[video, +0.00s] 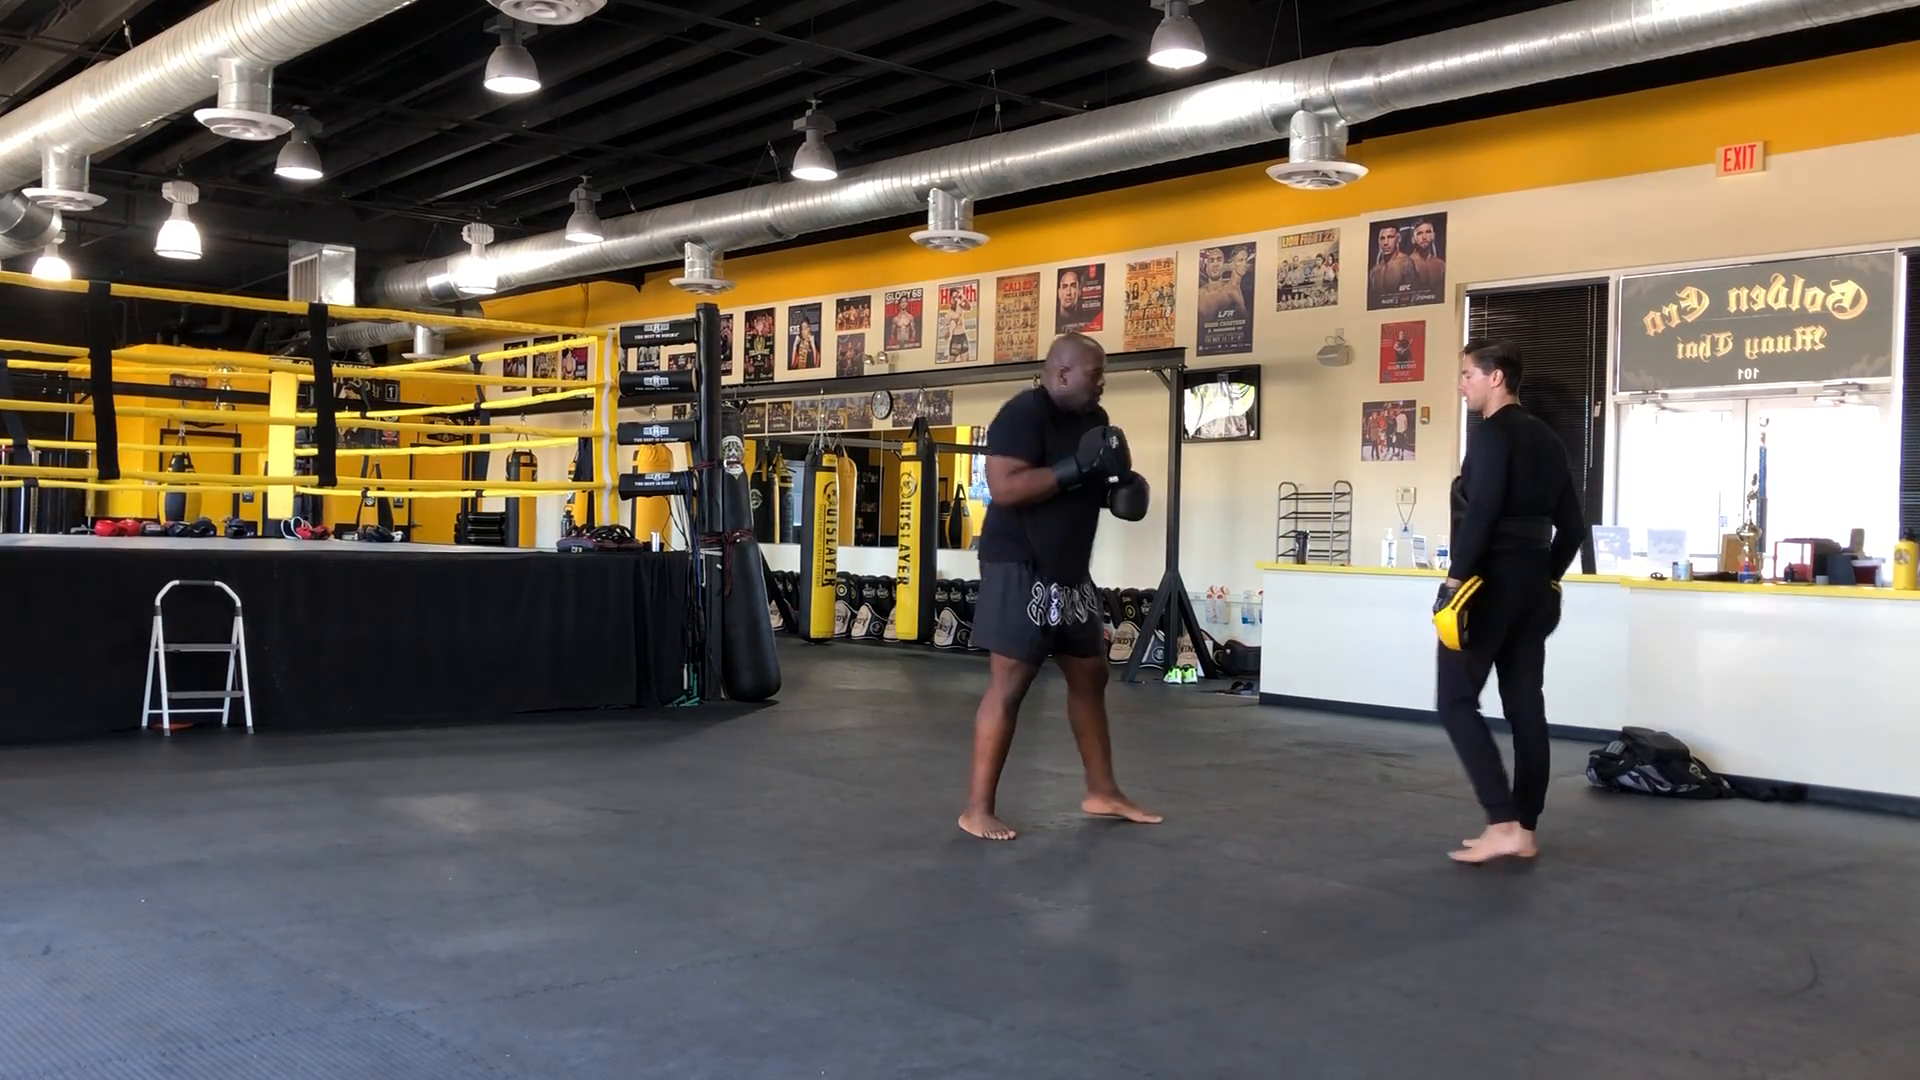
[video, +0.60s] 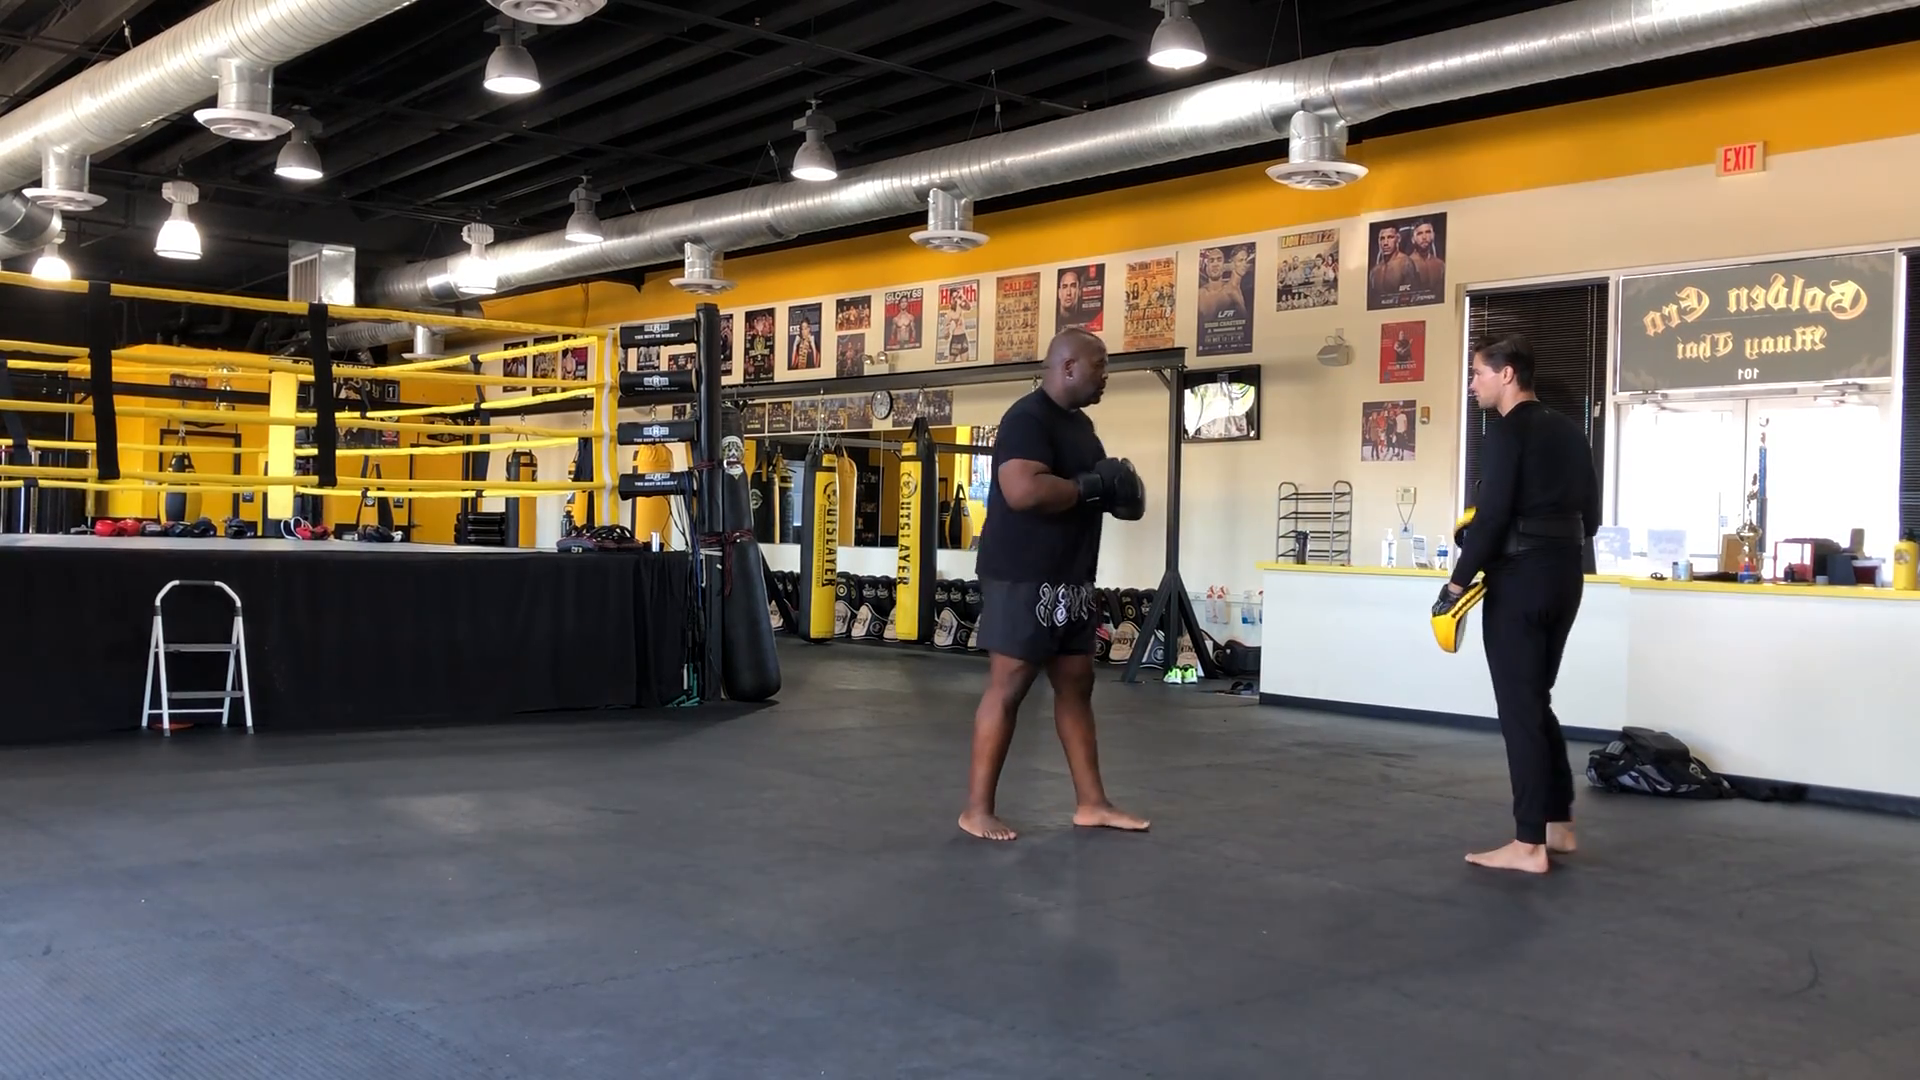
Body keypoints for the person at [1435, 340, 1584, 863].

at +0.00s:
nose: (1461, 386)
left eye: (1466, 376)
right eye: (1461, 376)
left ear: (1495, 378)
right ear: (1501, 381)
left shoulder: (1490, 431)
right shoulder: (1545, 436)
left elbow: (1481, 510)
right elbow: (1573, 526)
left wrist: (1453, 583)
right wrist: (1544, 577)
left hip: (1489, 586)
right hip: (1534, 586)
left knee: (1455, 703)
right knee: (1525, 705)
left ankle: (1503, 825)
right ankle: (1524, 831)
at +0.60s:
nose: (1473, 385)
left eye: (1477, 375)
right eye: (1473, 375)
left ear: (1508, 374)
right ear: (1515, 376)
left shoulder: (1507, 431)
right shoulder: (1568, 429)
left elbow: (1492, 517)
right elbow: (1588, 515)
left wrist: (1456, 582)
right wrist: (1520, 531)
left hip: (1519, 576)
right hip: (1565, 575)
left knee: (1519, 708)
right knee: (1535, 700)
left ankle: (1528, 844)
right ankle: (1558, 822)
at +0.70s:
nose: (1479, 385)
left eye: (1484, 375)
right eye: (1479, 375)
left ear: (1513, 374)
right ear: (1522, 377)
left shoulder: (1510, 430)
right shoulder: (1572, 431)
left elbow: (1493, 513)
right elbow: (1583, 509)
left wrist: (1462, 581)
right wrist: (1501, 501)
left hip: (1520, 576)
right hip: (1567, 575)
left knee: (1518, 710)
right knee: (1546, 703)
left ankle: (1528, 844)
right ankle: (1573, 834)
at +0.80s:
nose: (1487, 384)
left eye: (1492, 374)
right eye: (1487, 375)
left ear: (1521, 374)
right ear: (1531, 375)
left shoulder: (1512, 431)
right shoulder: (1578, 433)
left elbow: (1495, 513)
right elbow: (1580, 509)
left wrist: (1469, 580)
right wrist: (1488, 495)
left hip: (1517, 584)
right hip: (1567, 585)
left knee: (1515, 712)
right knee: (1556, 706)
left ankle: (1527, 843)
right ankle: (1573, 839)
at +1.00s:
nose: (1495, 385)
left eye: (1501, 375)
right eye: (1496, 375)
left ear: (1529, 377)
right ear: (1540, 379)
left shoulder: (1518, 430)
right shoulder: (1585, 437)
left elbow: (1499, 511)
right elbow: (1578, 513)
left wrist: (1469, 583)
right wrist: (1506, 475)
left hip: (1523, 584)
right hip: (1571, 586)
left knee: (1472, 702)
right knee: (1567, 713)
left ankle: (1515, 829)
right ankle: (1574, 840)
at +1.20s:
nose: (1491, 385)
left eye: (1496, 375)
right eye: (1492, 375)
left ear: (1524, 376)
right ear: (1536, 379)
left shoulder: (1514, 431)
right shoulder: (1578, 436)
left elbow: (1491, 511)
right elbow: (1567, 506)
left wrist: (1454, 585)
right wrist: (1496, 460)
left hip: (1509, 584)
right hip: (1560, 587)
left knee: (1454, 701)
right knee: (1566, 713)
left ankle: (1455, 832)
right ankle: (1574, 840)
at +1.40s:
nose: (1469, 382)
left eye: (1474, 373)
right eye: (1470, 372)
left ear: (1500, 376)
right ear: (1510, 379)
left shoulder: (1491, 431)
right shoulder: (1553, 437)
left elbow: (1471, 511)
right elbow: (1530, 507)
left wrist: (1434, 584)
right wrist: (1468, 459)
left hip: (1485, 585)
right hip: (1534, 585)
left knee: (1445, 705)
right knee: (1542, 710)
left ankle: (1430, 837)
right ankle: (1570, 840)